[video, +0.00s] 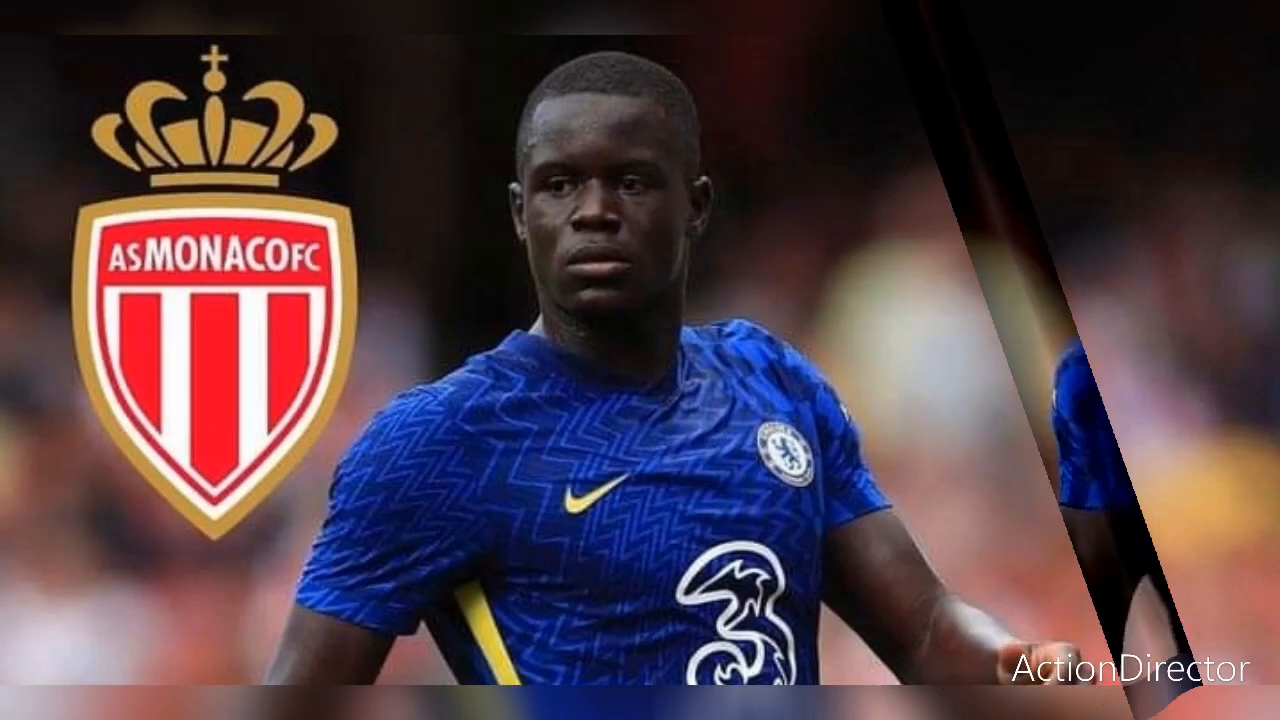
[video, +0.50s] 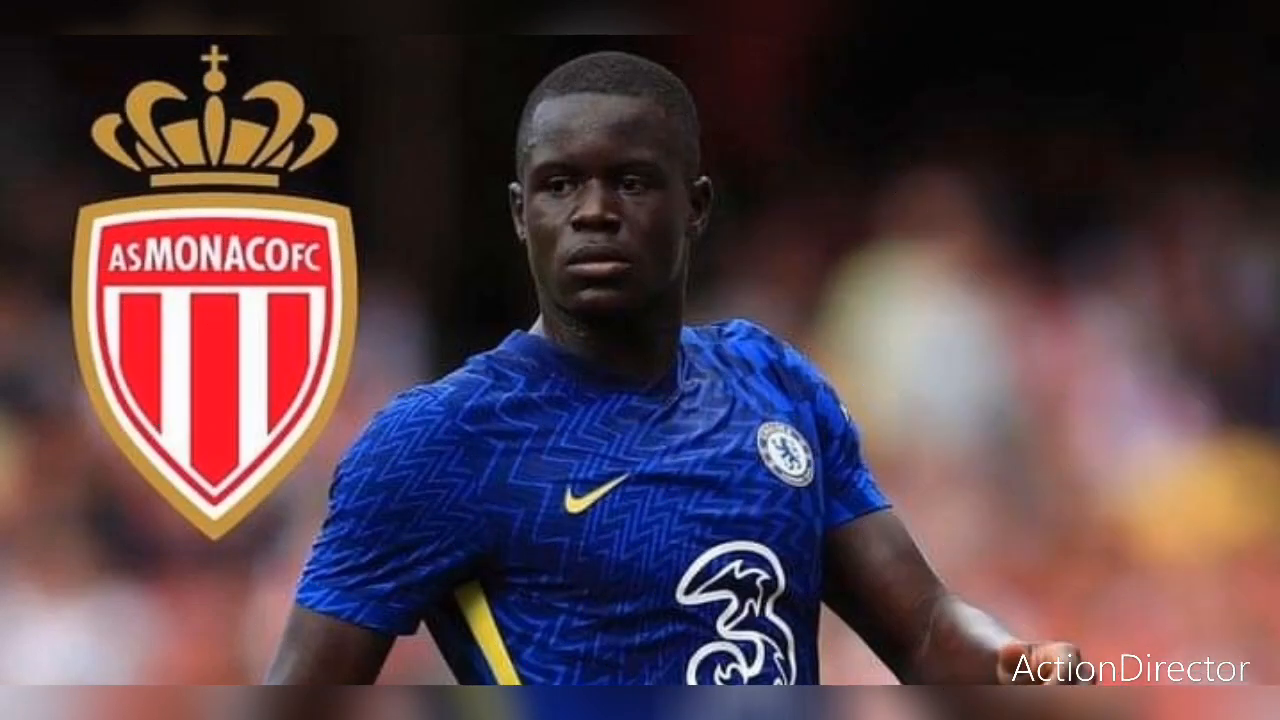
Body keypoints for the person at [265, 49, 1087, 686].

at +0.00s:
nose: (595, 209)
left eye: (633, 178)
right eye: (560, 181)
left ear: (697, 209)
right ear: (522, 216)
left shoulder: (771, 385)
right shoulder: (432, 444)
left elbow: (921, 625)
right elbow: (301, 690)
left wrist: (1023, 673)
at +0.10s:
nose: (595, 210)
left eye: (633, 179)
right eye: (559, 181)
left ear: (696, 209)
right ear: (523, 216)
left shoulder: (770, 385)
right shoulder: (433, 443)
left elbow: (921, 625)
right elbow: (301, 691)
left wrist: (1014, 671)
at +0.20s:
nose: (595, 210)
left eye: (633, 178)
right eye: (559, 181)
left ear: (697, 209)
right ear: (522, 216)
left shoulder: (770, 385)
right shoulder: (433, 444)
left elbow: (921, 626)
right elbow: (301, 691)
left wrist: (1017, 674)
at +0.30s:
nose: (595, 210)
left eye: (633, 178)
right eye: (560, 181)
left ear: (697, 209)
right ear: (522, 216)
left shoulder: (770, 385)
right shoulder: (433, 444)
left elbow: (921, 626)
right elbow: (301, 691)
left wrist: (1021, 675)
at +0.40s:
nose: (596, 209)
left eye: (633, 178)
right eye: (560, 181)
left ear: (697, 210)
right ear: (522, 216)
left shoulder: (770, 385)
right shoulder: (432, 445)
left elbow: (921, 626)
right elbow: (301, 692)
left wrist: (1021, 675)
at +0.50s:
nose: (595, 210)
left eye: (633, 178)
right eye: (560, 181)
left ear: (697, 209)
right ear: (522, 216)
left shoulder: (770, 385)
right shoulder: (433, 444)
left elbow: (921, 626)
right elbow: (301, 691)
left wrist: (1021, 675)